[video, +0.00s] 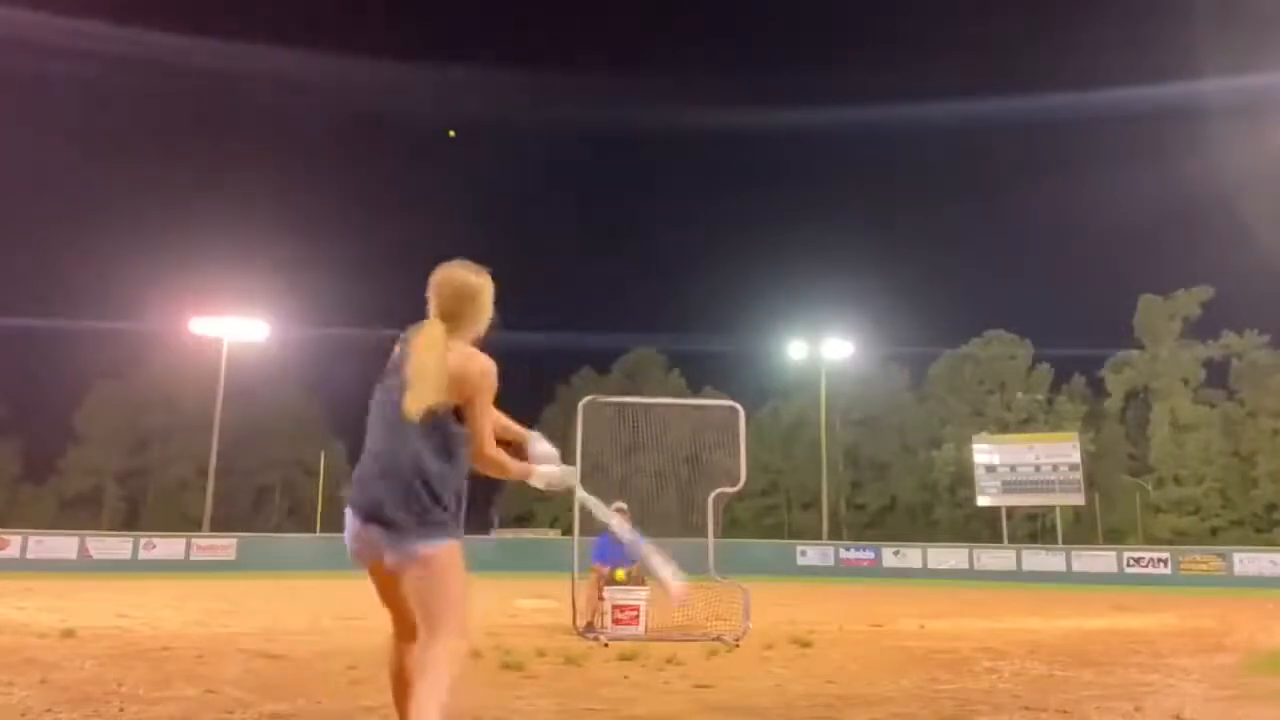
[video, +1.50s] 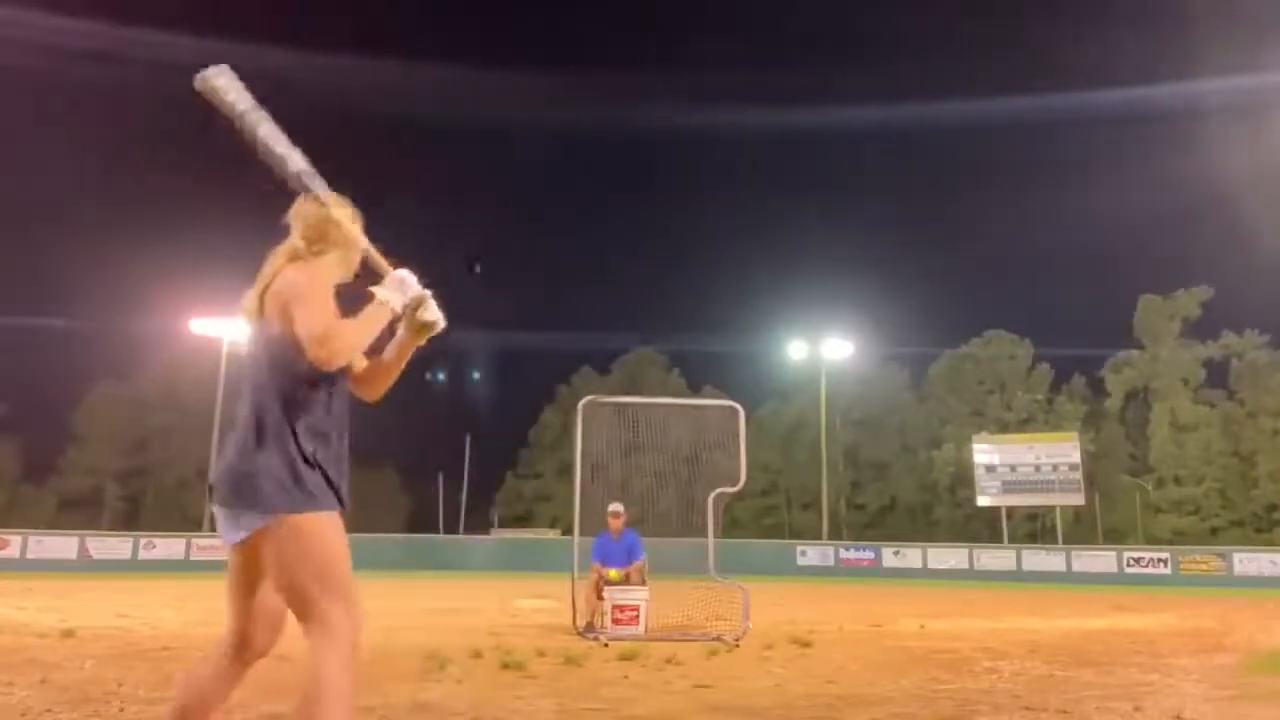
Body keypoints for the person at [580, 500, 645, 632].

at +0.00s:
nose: (619, 520)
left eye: (622, 516)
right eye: (616, 517)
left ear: (628, 519)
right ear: (610, 519)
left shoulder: (634, 539)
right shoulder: (603, 539)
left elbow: (640, 560)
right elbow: (595, 563)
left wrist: (629, 570)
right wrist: (608, 571)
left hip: (629, 571)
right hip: (609, 571)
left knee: (639, 575)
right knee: (595, 577)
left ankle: (638, 620)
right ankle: (589, 621)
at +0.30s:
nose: (616, 520)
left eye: (620, 516)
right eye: (613, 516)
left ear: (625, 518)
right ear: (608, 518)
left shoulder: (633, 537)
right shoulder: (602, 539)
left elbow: (640, 560)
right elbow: (595, 563)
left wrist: (627, 571)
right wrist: (608, 572)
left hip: (627, 571)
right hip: (608, 571)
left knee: (639, 569)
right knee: (594, 577)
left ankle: (636, 618)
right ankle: (589, 621)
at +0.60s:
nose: (616, 520)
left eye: (619, 516)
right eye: (613, 516)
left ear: (625, 518)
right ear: (608, 518)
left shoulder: (633, 537)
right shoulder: (602, 539)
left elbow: (640, 560)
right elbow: (595, 563)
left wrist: (626, 571)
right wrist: (608, 572)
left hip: (627, 571)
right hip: (608, 571)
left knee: (639, 570)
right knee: (594, 578)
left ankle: (636, 619)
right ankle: (590, 621)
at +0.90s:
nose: (616, 520)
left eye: (619, 516)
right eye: (613, 516)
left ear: (625, 518)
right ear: (608, 518)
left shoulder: (633, 537)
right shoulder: (602, 539)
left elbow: (640, 560)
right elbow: (595, 563)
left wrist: (626, 571)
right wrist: (608, 572)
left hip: (627, 571)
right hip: (608, 571)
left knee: (639, 570)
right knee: (594, 578)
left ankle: (636, 619)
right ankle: (590, 621)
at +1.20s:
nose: (615, 520)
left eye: (619, 516)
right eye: (612, 516)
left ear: (625, 518)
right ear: (608, 518)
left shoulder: (632, 537)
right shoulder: (601, 538)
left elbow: (640, 560)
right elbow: (595, 562)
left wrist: (625, 571)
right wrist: (605, 572)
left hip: (626, 571)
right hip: (607, 572)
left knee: (636, 573)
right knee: (593, 579)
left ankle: (635, 619)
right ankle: (589, 621)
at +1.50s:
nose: (615, 520)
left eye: (618, 516)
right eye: (612, 516)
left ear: (624, 518)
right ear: (607, 518)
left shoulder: (632, 537)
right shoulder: (601, 538)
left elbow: (640, 560)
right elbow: (595, 562)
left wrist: (625, 571)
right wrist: (604, 572)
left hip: (626, 571)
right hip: (607, 571)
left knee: (636, 573)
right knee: (593, 579)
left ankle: (635, 619)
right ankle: (589, 621)